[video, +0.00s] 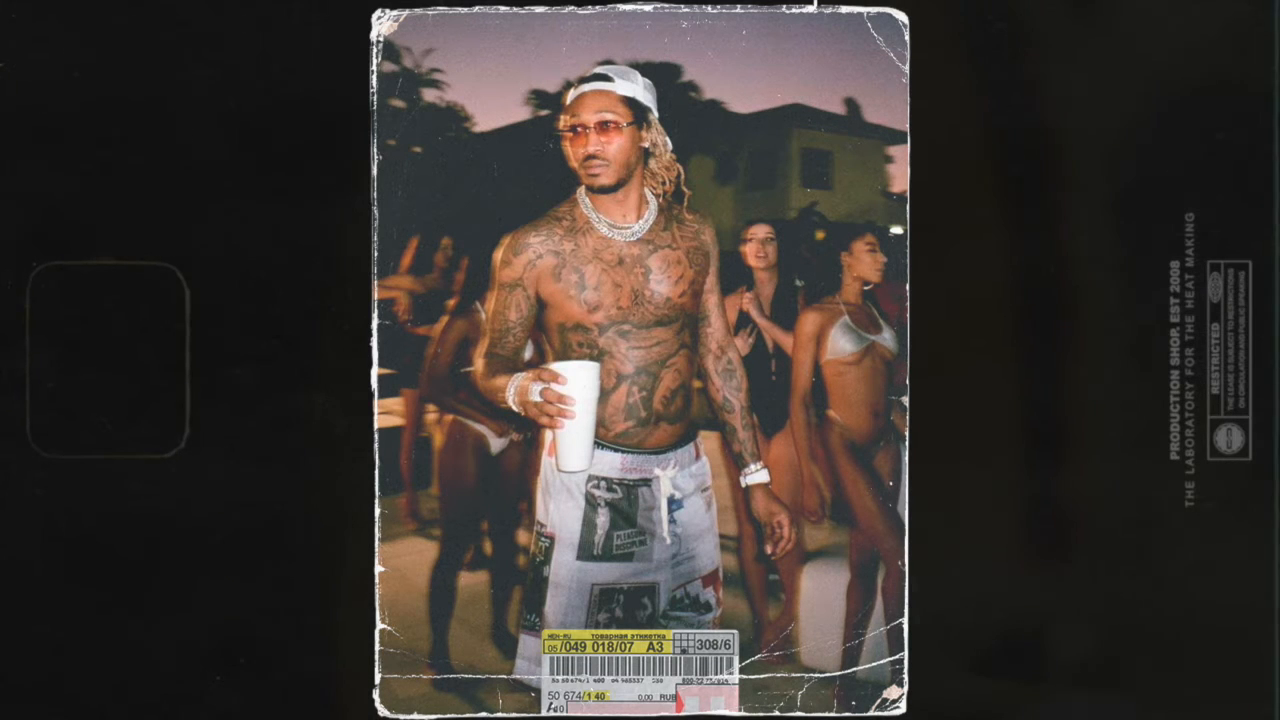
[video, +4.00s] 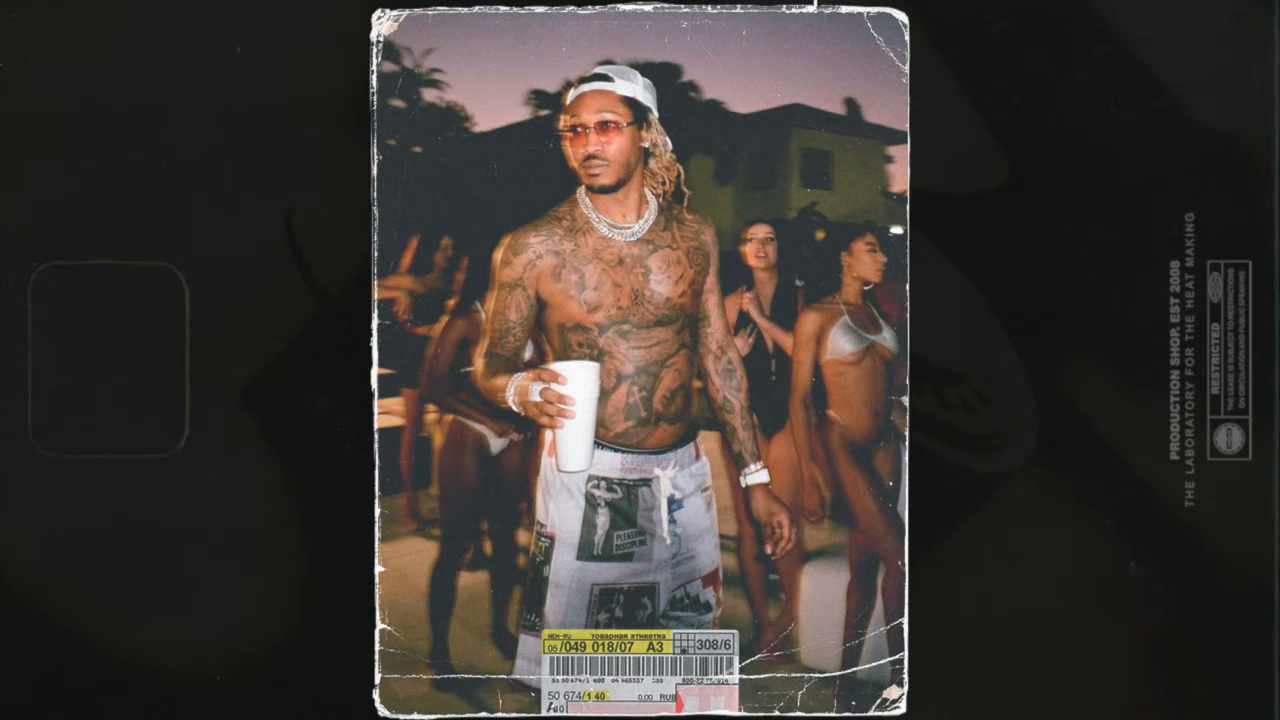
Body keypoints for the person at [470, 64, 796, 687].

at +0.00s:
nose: (590, 143)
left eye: (608, 126)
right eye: (576, 130)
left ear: (646, 138)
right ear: (565, 144)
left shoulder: (693, 235)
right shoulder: (532, 248)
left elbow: (720, 359)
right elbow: (491, 365)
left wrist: (756, 482)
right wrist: (516, 389)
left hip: (681, 477)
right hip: (582, 481)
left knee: (689, 664)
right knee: (574, 669)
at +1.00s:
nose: (590, 143)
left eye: (608, 126)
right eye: (577, 130)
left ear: (646, 139)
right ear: (565, 144)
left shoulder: (693, 235)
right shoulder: (533, 247)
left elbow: (720, 358)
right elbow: (491, 365)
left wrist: (756, 481)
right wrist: (516, 389)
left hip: (681, 476)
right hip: (583, 480)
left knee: (689, 661)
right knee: (575, 665)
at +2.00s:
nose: (589, 143)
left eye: (608, 126)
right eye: (576, 130)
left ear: (646, 138)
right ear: (565, 144)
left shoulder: (693, 235)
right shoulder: (532, 248)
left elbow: (720, 359)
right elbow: (491, 366)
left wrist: (756, 482)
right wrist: (516, 389)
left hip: (681, 477)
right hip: (583, 482)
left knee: (690, 664)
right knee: (574, 669)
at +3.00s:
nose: (590, 143)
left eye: (608, 126)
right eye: (576, 130)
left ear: (646, 138)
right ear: (565, 143)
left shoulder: (693, 235)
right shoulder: (532, 248)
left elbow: (720, 358)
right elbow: (491, 365)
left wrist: (756, 482)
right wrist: (516, 389)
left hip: (681, 477)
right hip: (582, 482)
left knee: (690, 664)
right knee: (573, 669)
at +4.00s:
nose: (590, 143)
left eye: (608, 126)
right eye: (576, 130)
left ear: (646, 138)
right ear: (565, 143)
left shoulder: (693, 236)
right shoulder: (532, 248)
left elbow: (720, 358)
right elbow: (490, 366)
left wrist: (756, 481)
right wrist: (516, 389)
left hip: (681, 477)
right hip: (582, 482)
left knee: (690, 663)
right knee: (574, 666)